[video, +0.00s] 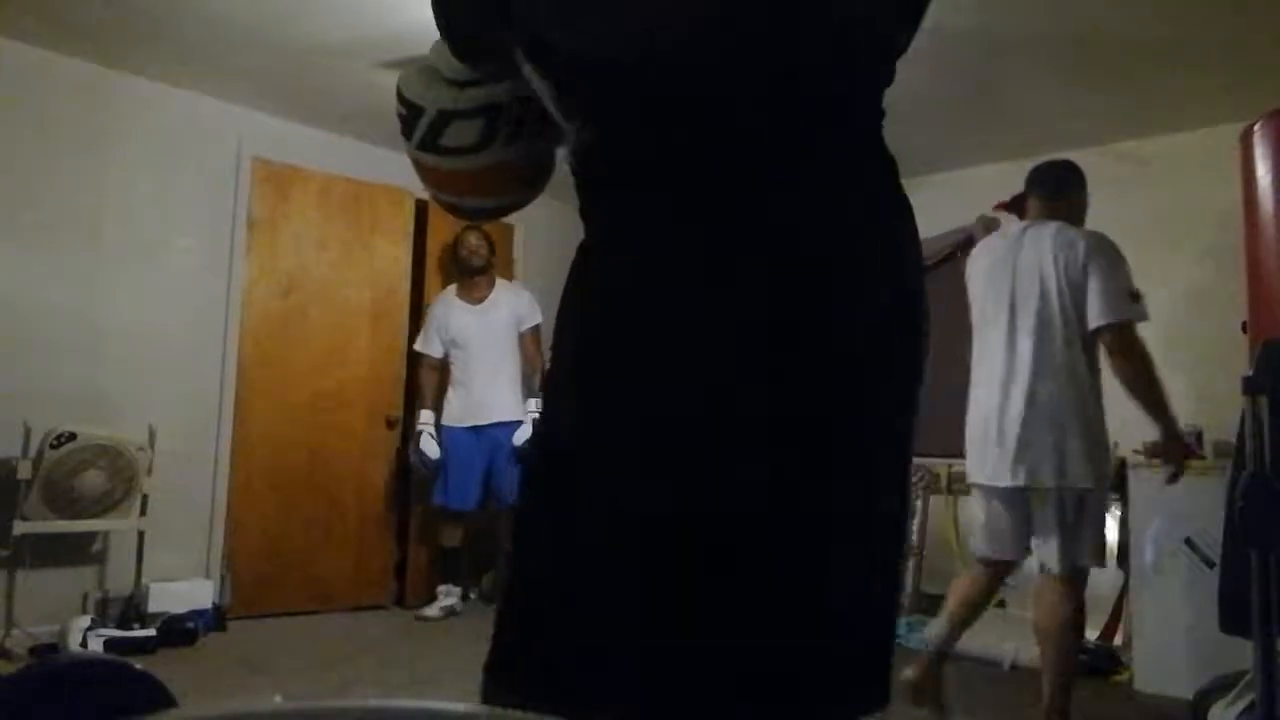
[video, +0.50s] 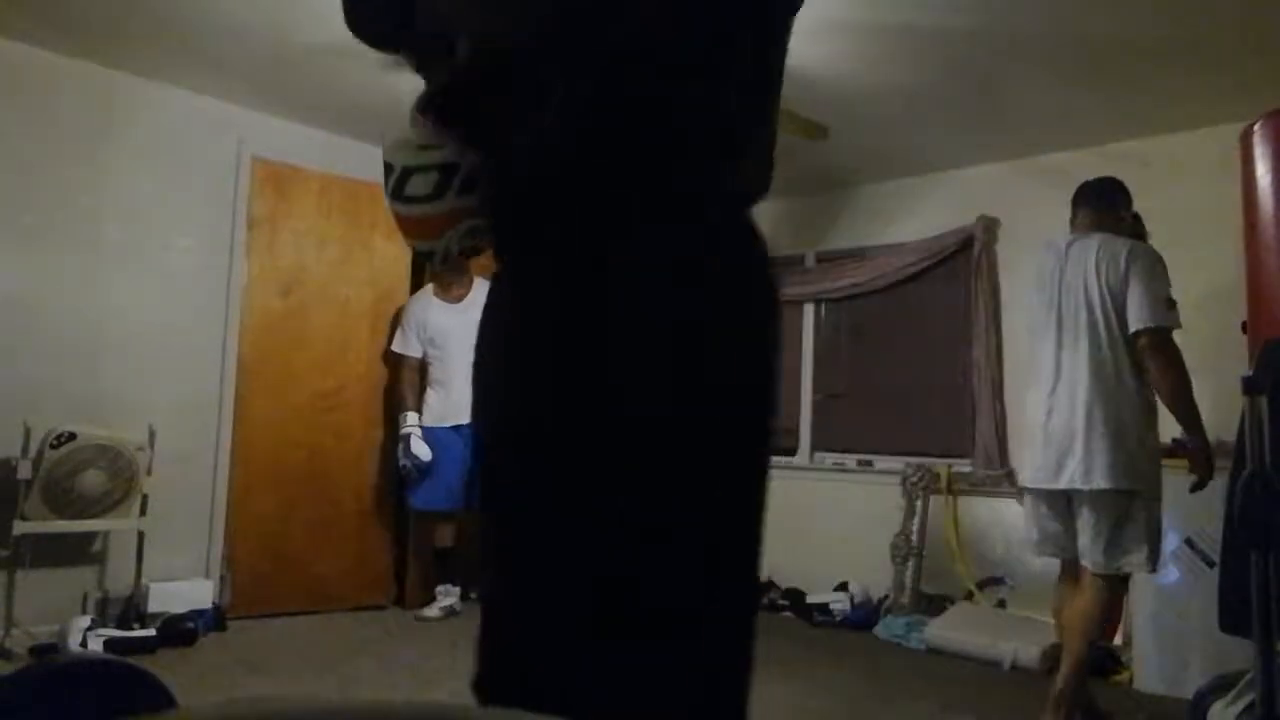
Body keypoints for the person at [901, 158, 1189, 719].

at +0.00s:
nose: (1082, 211)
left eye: (1078, 203)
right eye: (1082, 203)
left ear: (1025, 202)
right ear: (1077, 201)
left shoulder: (982, 255)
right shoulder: (1088, 248)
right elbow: (1119, 344)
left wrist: (1002, 230)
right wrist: (1168, 428)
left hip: (989, 438)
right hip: (1066, 442)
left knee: (994, 557)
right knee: (1064, 577)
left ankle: (925, 661)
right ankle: (1055, 706)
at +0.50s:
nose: (1135, 230)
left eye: (1133, 223)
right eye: (1134, 221)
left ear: (1075, 217)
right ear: (1124, 214)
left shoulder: (1044, 264)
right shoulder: (1132, 255)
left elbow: (1053, 349)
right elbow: (1152, 346)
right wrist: (1193, 432)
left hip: (1046, 446)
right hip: (1110, 447)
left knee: (1071, 570)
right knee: (1104, 575)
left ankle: (1075, 695)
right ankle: (1061, 701)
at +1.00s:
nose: (1180, 238)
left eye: (1178, 231)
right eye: (1178, 230)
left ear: (1125, 226)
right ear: (1170, 226)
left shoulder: (1080, 274)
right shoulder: (1186, 267)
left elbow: (1084, 356)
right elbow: (1199, 352)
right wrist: (1230, 434)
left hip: (1090, 453)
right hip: (1168, 452)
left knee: (1094, 568)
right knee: (1196, 580)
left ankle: (1079, 699)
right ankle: (1221, 691)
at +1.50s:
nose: (1222, 234)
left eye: (1194, 225)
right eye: (1228, 225)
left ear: (1179, 223)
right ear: (1234, 224)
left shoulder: (1155, 261)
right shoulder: (1255, 264)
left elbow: (1116, 339)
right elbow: (1268, 336)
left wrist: (1168, 324)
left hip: (1156, 444)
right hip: (1234, 448)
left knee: (1129, 557)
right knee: (1232, 574)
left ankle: (1105, 688)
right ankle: (1232, 696)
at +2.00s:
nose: (1132, 235)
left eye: (1131, 227)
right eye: (1136, 229)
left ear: (1137, 226)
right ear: (1188, 222)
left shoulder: (1122, 270)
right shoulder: (1230, 267)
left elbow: (1095, 352)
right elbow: (1247, 347)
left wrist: (1147, 368)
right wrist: (1201, 366)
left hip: (1139, 448)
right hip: (1217, 450)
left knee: (1132, 576)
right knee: (1216, 579)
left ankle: (1127, 703)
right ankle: (1231, 697)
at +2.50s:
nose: (1073, 236)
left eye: (1076, 226)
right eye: (1074, 226)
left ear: (1094, 225)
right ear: (1134, 224)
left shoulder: (1081, 275)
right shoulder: (1188, 272)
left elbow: (1047, 359)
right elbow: (1223, 353)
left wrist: (1072, 403)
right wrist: (1167, 387)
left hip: (1106, 452)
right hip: (1174, 452)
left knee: (1114, 573)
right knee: (1172, 569)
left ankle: (1124, 701)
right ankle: (1205, 678)